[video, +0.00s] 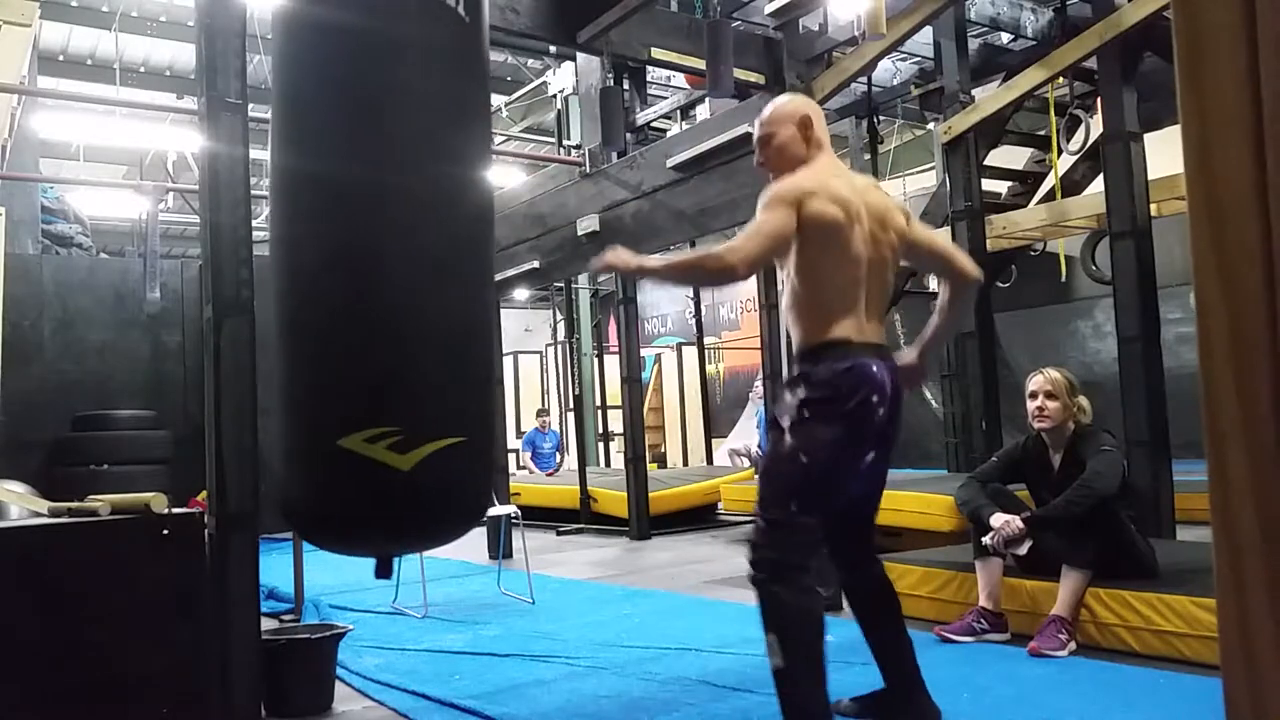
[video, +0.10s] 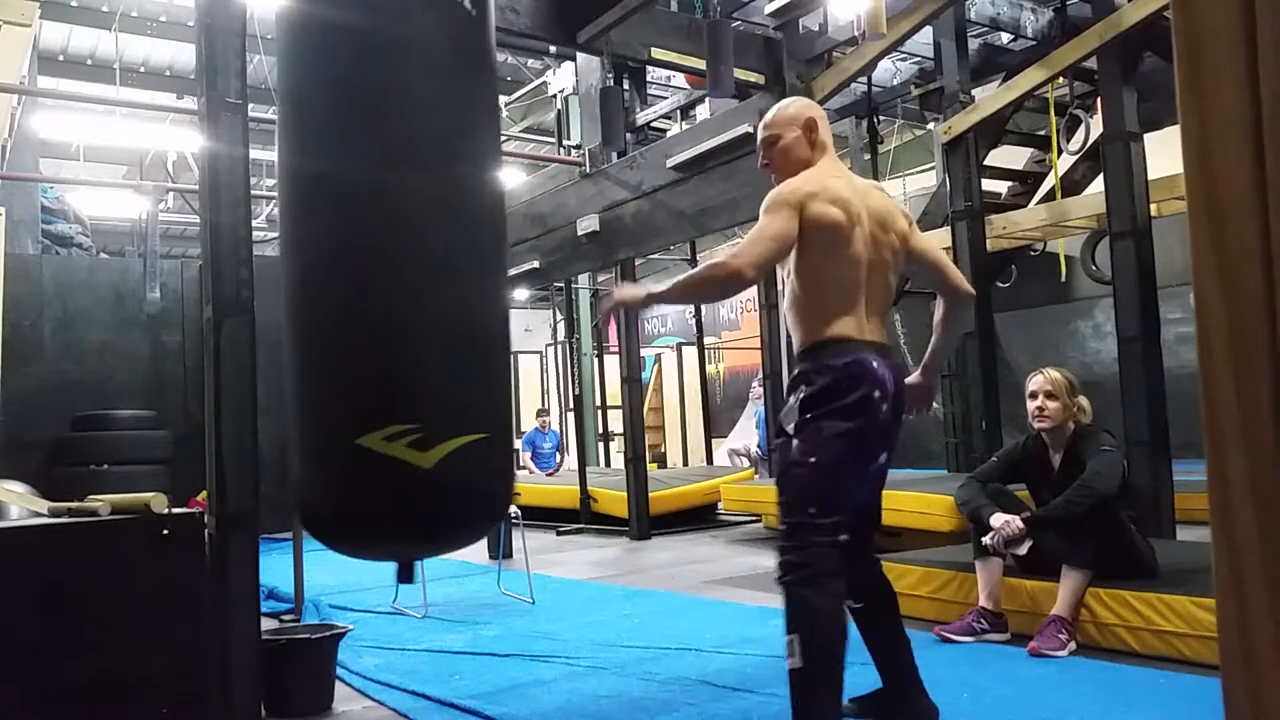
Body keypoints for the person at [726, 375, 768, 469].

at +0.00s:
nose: (755, 390)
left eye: (757, 386)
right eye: (754, 387)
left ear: (766, 387)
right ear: (753, 390)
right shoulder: (760, 411)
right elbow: (759, 432)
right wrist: (755, 446)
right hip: (762, 449)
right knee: (732, 450)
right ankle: (741, 477)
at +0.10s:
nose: (752, 390)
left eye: (757, 387)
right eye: (752, 388)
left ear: (765, 388)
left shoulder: (763, 411)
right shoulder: (759, 411)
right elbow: (758, 432)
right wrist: (754, 445)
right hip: (762, 449)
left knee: (731, 450)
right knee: (731, 450)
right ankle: (741, 477)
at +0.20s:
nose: (748, 392)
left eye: (751, 388)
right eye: (748, 389)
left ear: (761, 389)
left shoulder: (764, 410)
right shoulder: (757, 411)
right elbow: (756, 432)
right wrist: (753, 445)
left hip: (767, 454)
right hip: (759, 450)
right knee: (731, 450)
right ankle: (741, 477)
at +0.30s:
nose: (744, 393)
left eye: (746, 390)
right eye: (744, 390)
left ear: (756, 389)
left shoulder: (765, 407)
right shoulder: (754, 409)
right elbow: (755, 430)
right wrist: (754, 445)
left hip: (767, 451)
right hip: (758, 448)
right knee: (730, 451)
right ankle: (741, 478)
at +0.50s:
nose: (731, 398)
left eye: (734, 395)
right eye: (731, 396)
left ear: (744, 393)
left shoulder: (759, 406)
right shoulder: (742, 413)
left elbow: (774, 424)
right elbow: (747, 431)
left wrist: (761, 439)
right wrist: (751, 442)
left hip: (766, 444)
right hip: (751, 444)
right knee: (728, 452)